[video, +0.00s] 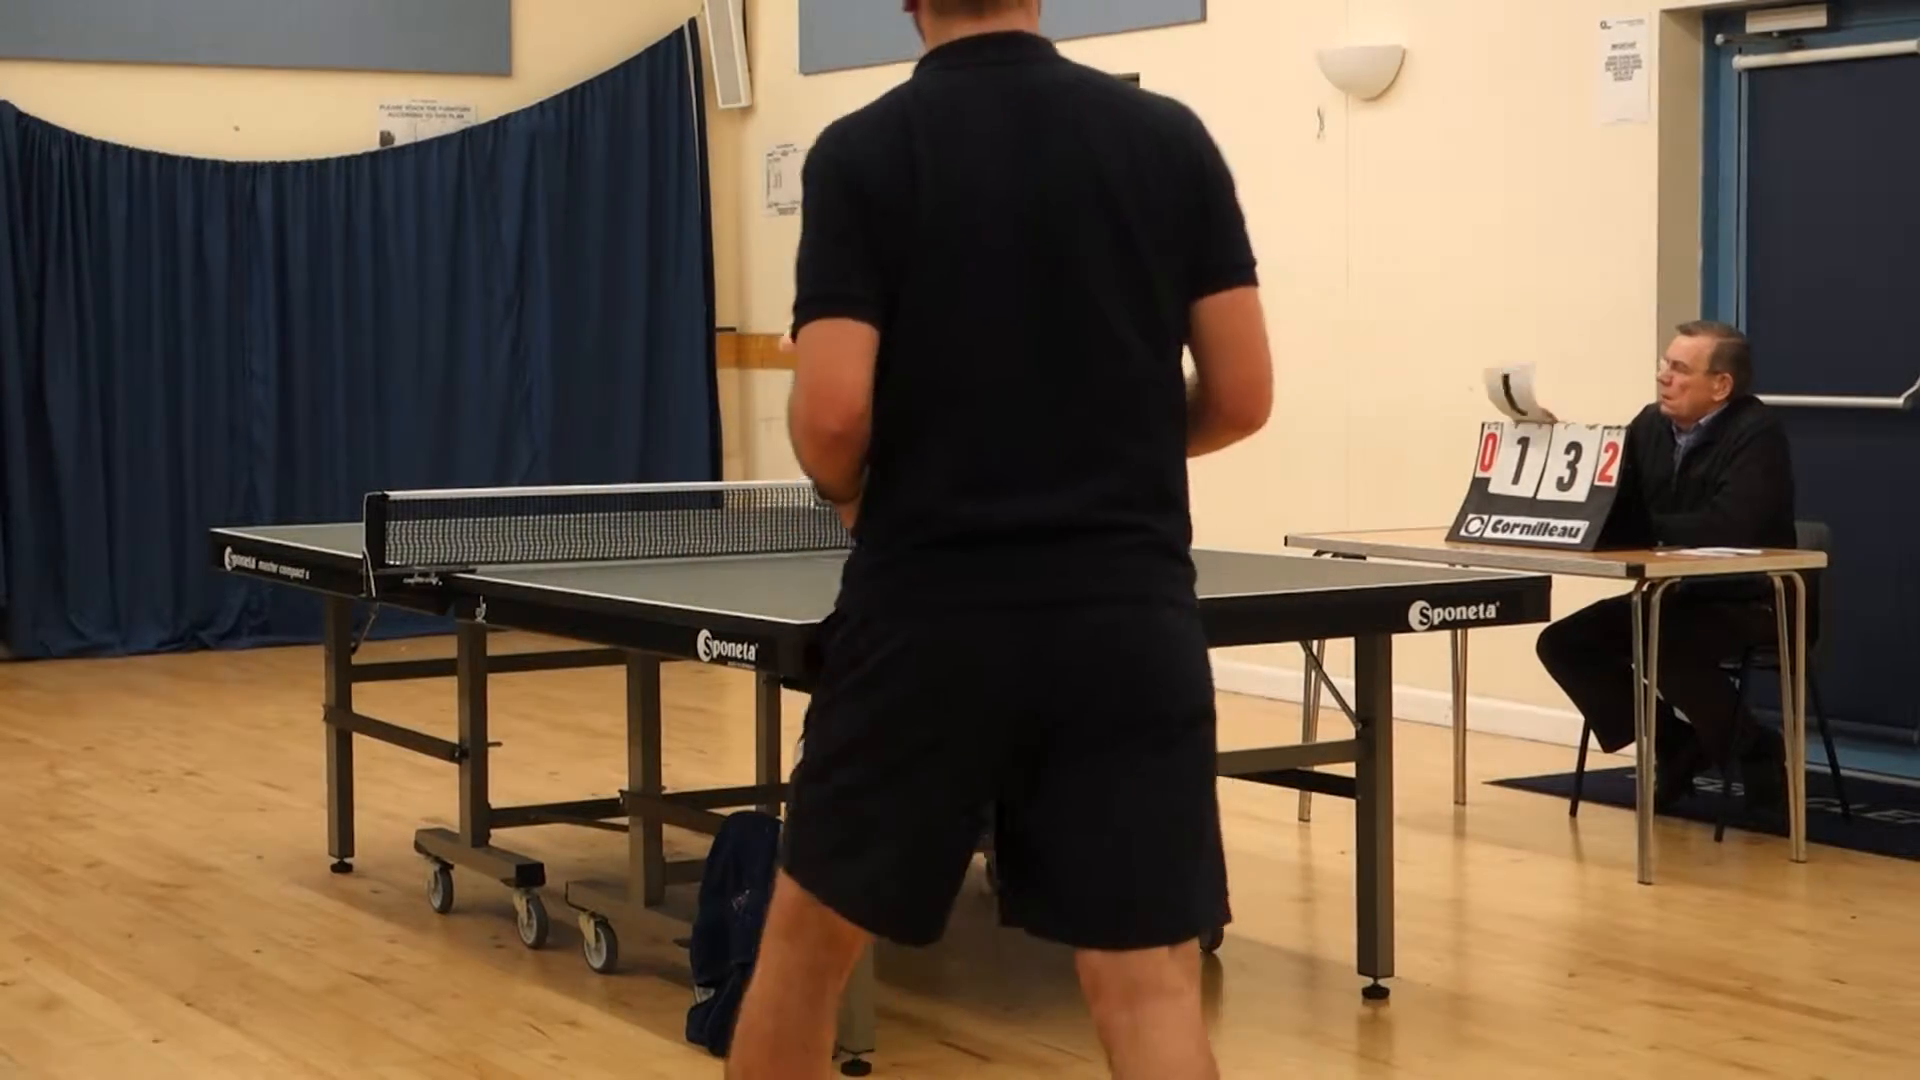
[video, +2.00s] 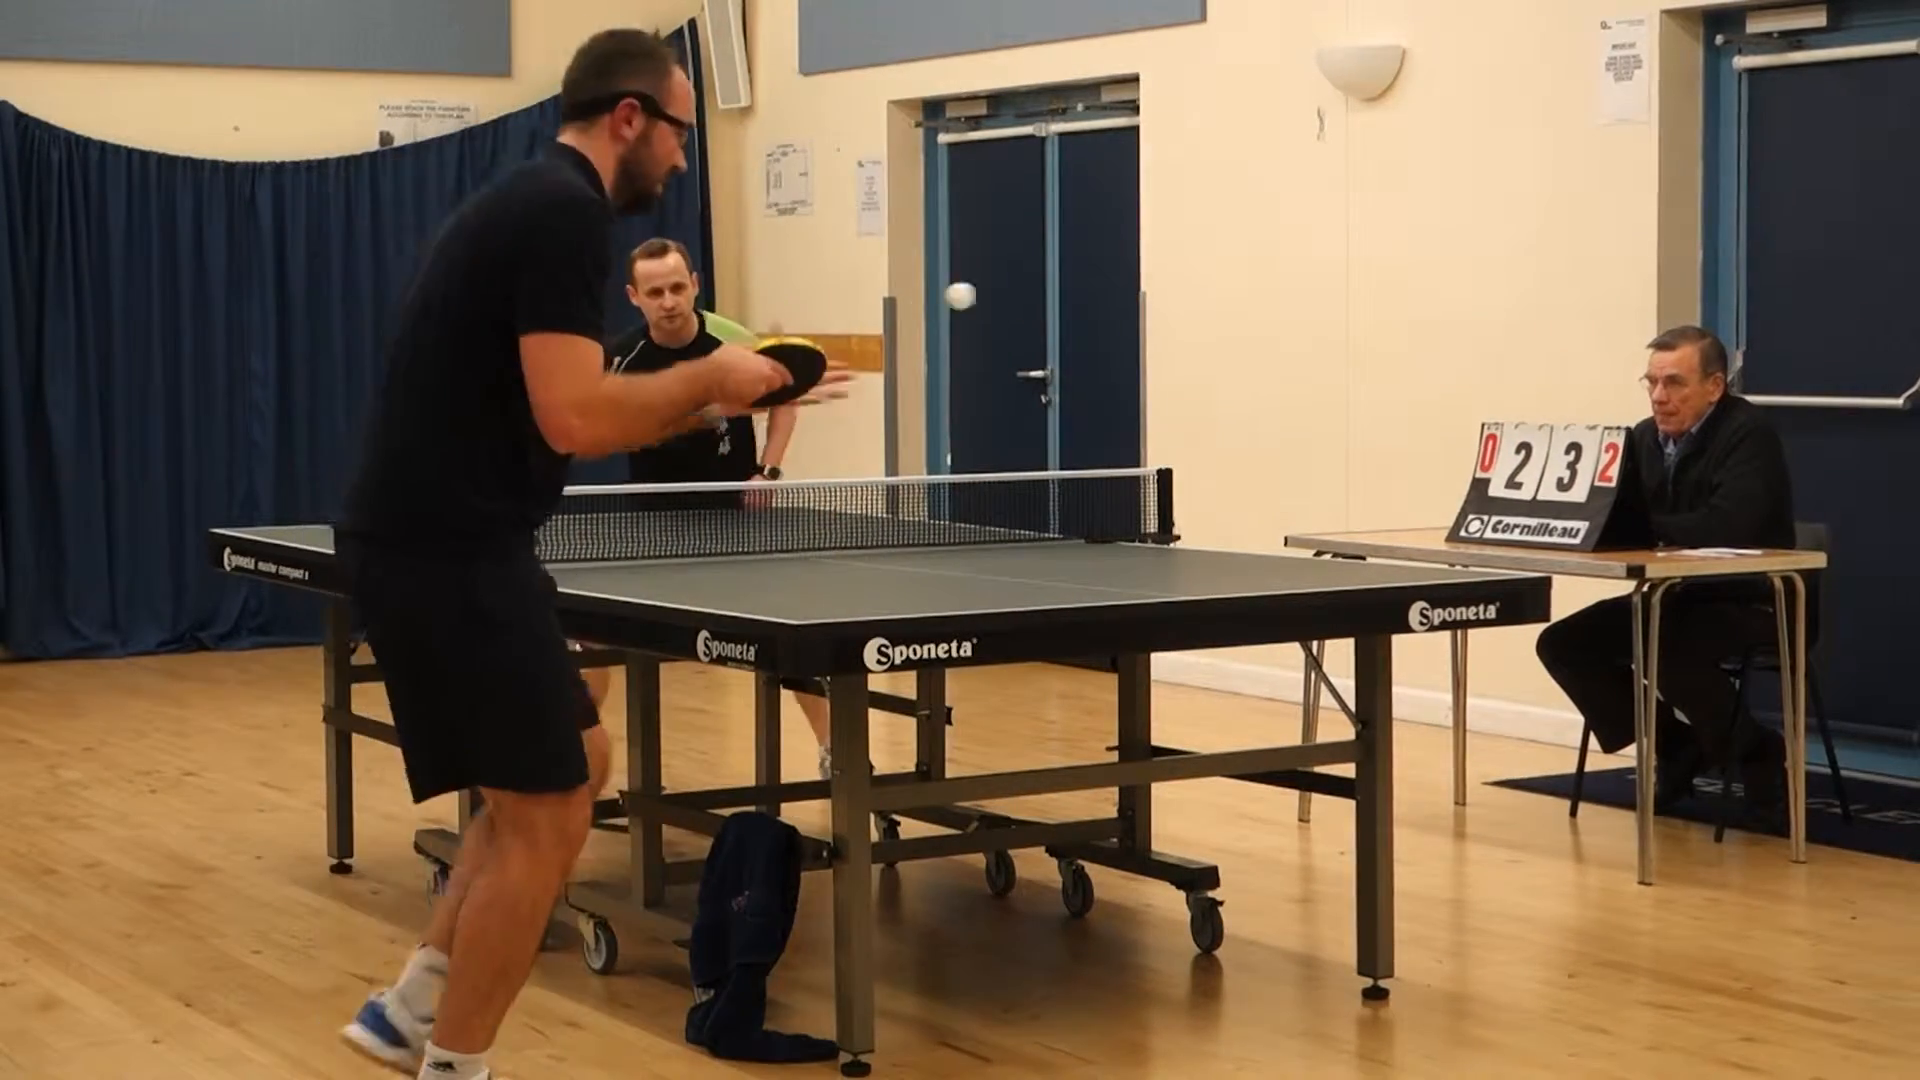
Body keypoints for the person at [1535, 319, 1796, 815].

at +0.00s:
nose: (1663, 377)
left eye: (1679, 369)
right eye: (1664, 365)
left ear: (1720, 387)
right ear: (1660, 365)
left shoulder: (1757, 433)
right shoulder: (1649, 426)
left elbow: (1737, 526)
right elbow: (1612, 512)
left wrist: (1641, 529)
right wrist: (1559, 449)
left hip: (1749, 596)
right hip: (1669, 591)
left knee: (1668, 646)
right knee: (1562, 643)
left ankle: (1756, 749)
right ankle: (1673, 741)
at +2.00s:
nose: (1659, 395)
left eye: (1674, 382)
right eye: (1652, 381)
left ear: (1715, 387)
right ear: (1645, 383)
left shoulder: (1750, 435)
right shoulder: (1642, 440)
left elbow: (1733, 526)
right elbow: (1608, 515)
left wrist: (1639, 531)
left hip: (1755, 600)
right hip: (1671, 597)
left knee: (1670, 647)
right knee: (1562, 644)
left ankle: (1757, 753)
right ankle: (1675, 742)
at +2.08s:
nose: (1659, 395)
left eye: (1674, 382)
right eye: (1653, 381)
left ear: (1715, 387)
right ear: (1645, 382)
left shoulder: (1750, 435)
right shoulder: (1642, 440)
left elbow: (1734, 525)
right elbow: (1612, 519)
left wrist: (1643, 531)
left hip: (1754, 600)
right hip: (1671, 596)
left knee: (1668, 646)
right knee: (1562, 644)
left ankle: (1758, 750)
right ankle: (1675, 742)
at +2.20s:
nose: (1659, 395)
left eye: (1674, 382)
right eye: (1653, 381)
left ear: (1715, 387)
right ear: (1645, 383)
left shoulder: (1750, 434)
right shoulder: (1641, 439)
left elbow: (1734, 527)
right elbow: (1609, 516)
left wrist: (1638, 530)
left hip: (1755, 600)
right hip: (1672, 596)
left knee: (1666, 645)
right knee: (1561, 644)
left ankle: (1757, 750)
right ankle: (1673, 742)